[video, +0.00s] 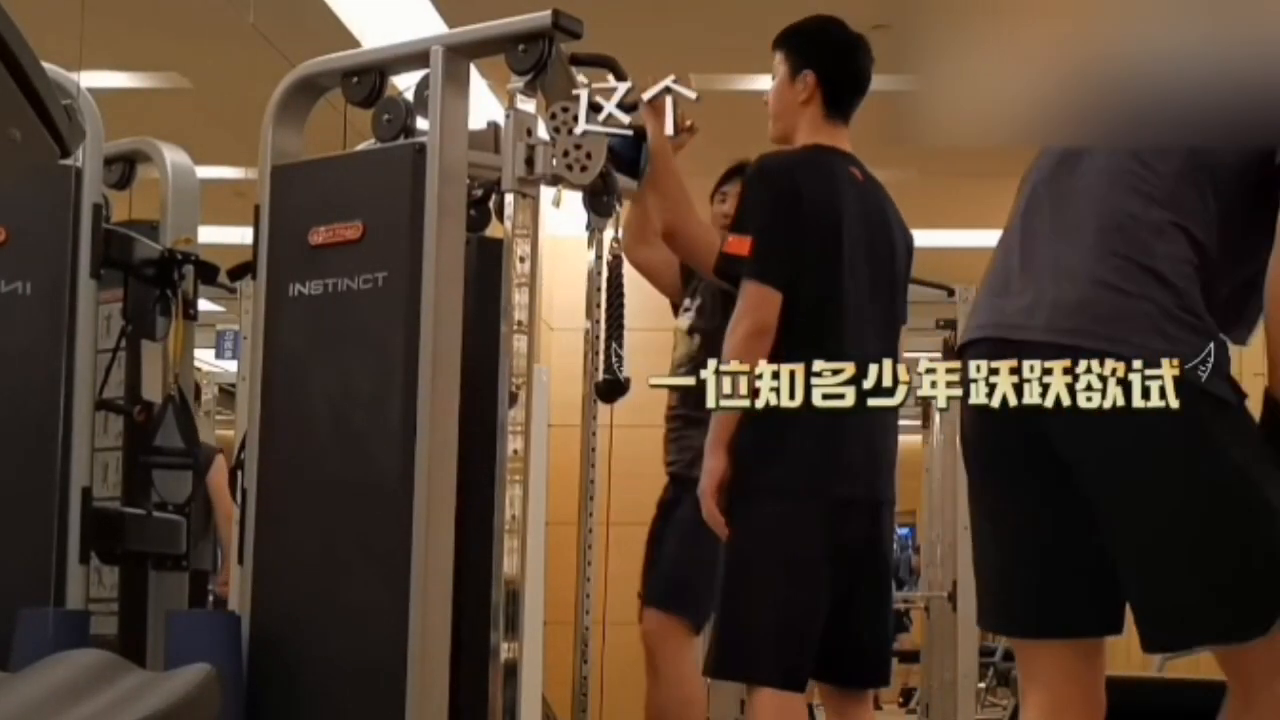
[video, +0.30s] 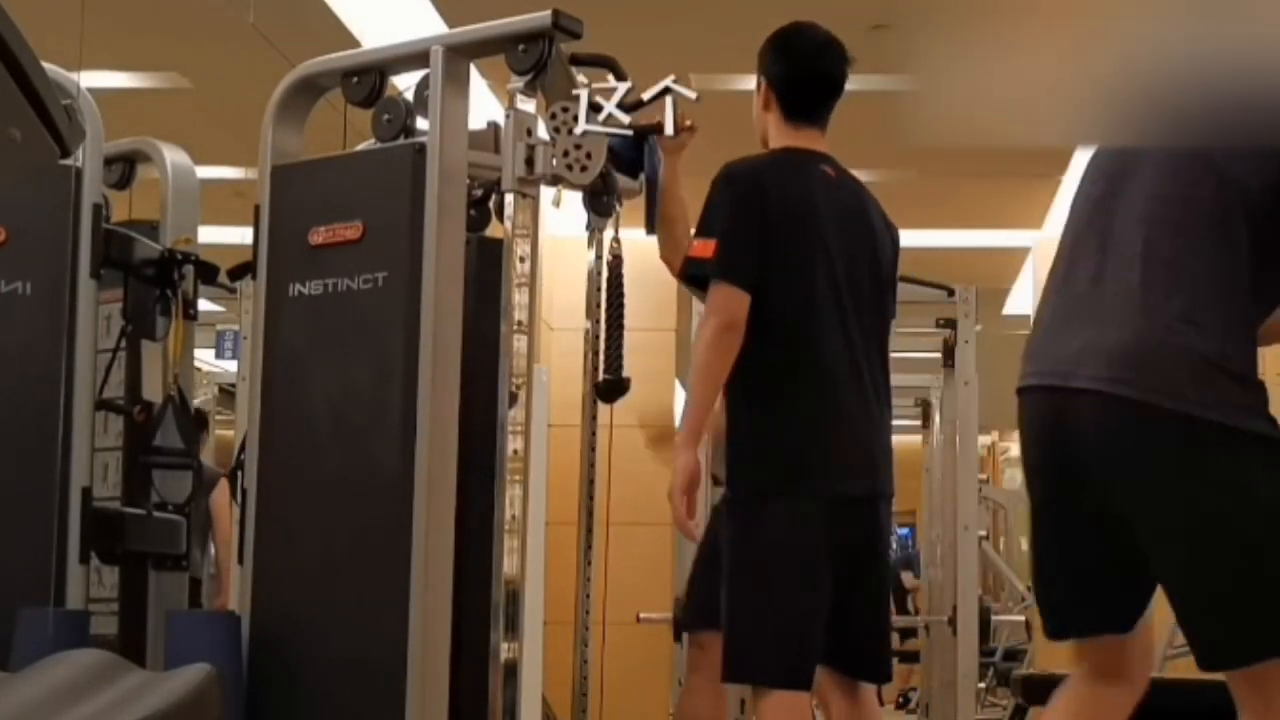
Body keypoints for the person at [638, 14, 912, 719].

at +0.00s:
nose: (767, 96)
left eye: (773, 80)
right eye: (769, 81)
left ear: (805, 87)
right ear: (850, 94)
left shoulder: (786, 177)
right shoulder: (887, 212)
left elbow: (756, 321)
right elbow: (880, 354)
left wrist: (717, 446)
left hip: (784, 472)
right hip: (863, 479)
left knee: (775, 684)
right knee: (852, 688)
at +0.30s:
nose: (754, 100)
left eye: (754, 88)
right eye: (761, 88)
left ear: (763, 94)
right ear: (835, 99)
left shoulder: (749, 182)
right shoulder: (873, 214)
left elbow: (725, 318)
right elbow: (870, 344)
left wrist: (690, 442)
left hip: (776, 471)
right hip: (863, 475)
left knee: (781, 683)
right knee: (850, 679)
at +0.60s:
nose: (771, 125)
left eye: (773, 114)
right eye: (780, 114)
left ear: (780, 121)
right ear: (850, 131)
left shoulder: (754, 206)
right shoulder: (877, 240)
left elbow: (727, 338)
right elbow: (891, 375)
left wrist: (701, 448)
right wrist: (875, 463)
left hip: (780, 475)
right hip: (867, 478)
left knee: (783, 681)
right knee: (868, 673)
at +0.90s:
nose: (810, 151)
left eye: (812, 142)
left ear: (818, 149)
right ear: (884, 158)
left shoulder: (782, 232)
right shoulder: (910, 262)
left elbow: (747, 365)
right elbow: (918, 390)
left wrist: (732, 427)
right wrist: (893, 459)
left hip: (804, 488)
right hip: (891, 489)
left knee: (757, 669)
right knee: (888, 673)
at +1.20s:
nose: (817, 169)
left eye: (819, 160)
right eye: (823, 159)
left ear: (827, 168)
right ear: (888, 176)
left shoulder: (784, 243)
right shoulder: (912, 271)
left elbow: (692, 284)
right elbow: (908, 388)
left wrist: (679, 241)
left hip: (801, 493)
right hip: (885, 497)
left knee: (771, 668)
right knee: (885, 672)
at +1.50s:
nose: (786, 197)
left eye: (790, 188)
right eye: (792, 188)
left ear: (798, 199)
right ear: (853, 210)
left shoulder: (763, 258)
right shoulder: (865, 290)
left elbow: (687, 212)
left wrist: (663, 140)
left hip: (773, 498)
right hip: (850, 504)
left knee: (758, 681)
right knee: (862, 676)